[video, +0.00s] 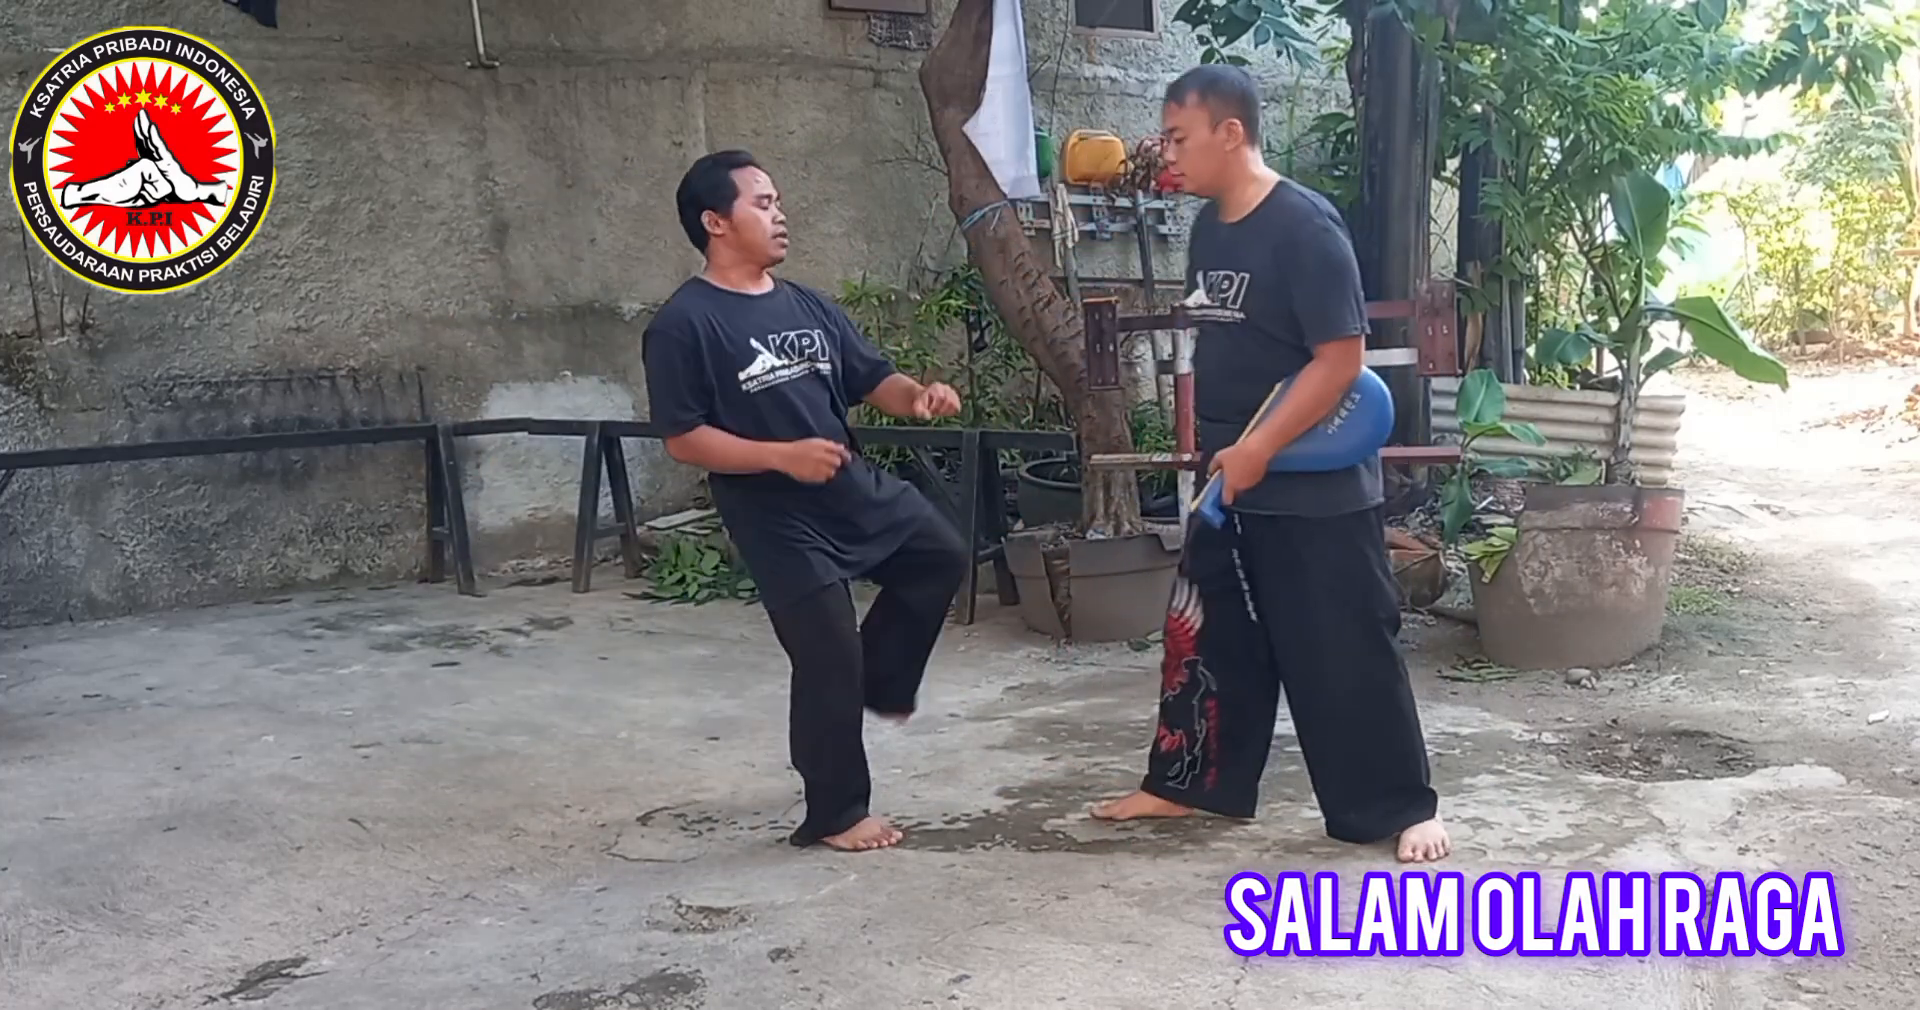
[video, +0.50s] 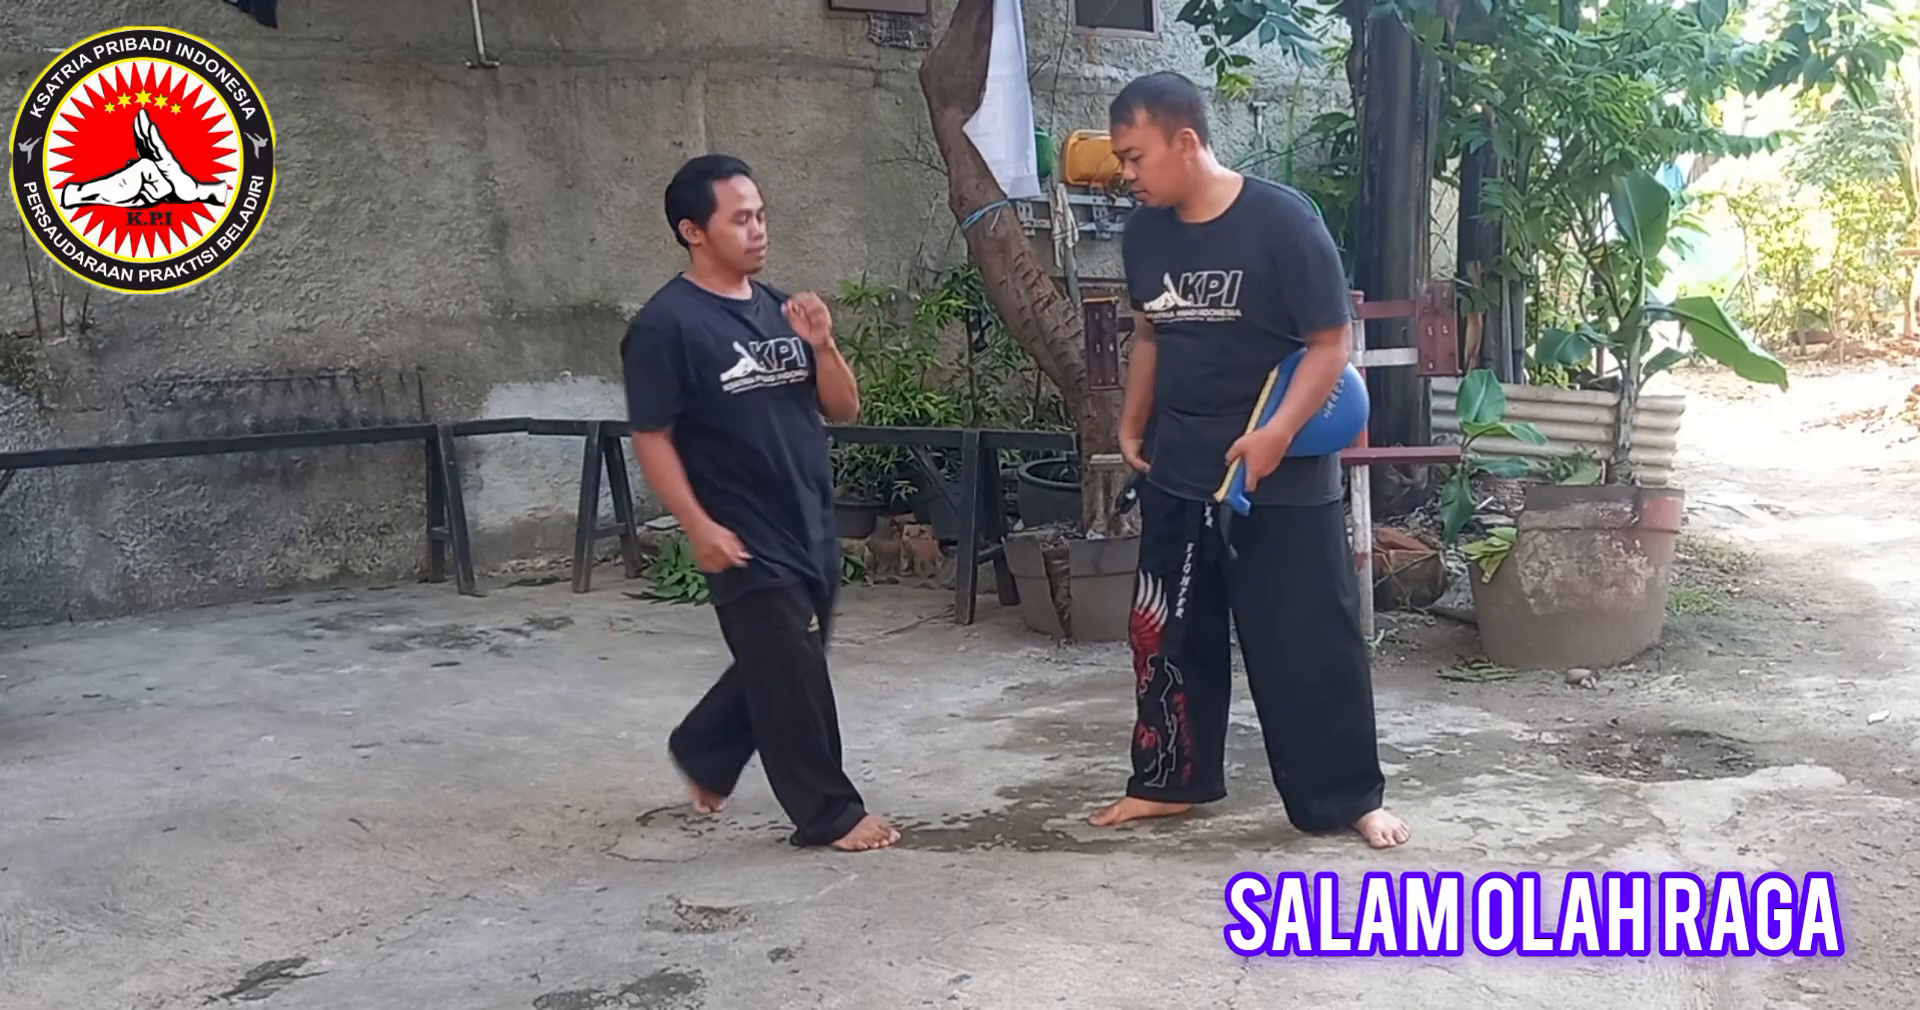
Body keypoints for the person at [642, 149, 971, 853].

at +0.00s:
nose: (780, 215)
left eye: (777, 202)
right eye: (763, 203)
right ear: (716, 223)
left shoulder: (806, 303)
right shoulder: (682, 324)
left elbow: (874, 378)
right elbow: (683, 438)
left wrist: (916, 395)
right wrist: (783, 454)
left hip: (850, 480)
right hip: (773, 508)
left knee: (940, 556)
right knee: (830, 652)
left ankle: (878, 679)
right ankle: (835, 814)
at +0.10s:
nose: (781, 215)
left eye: (779, 201)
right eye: (765, 204)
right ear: (717, 222)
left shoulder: (802, 297)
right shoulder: (681, 324)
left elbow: (869, 371)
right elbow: (688, 439)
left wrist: (913, 395)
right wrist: (783, 474)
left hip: (855, 473)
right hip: (775, 510)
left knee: (959, 524)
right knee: (824, 652)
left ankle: (884, 641)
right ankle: (833, 815)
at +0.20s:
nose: (780, 201)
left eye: (776, 189)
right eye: (762, 192)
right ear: (715, 215)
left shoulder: (807, 281)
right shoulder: (687, 316)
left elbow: (875, 310)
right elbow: (687, 430)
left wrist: (900, 343)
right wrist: (781, 490)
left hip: (850, 468)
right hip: (768, 508)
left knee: (957, 509)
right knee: (813, 653)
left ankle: (878, 623)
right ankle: (831, 815)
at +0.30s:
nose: (773, 192)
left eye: (768, 180)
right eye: (754, 183)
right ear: (710, 211)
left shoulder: (800, 278)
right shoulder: (695, 308)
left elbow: (892, 284)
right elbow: (702, 429)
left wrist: (901, 315)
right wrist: (769, 512)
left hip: (840, 471)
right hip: (766, 505)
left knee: (938, 533)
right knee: (806, 660)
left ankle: (845, 654)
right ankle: (830, 815)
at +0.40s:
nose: (765, 200)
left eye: (760, 188)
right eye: (745, 191)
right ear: (701, 217)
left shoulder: (799, 294)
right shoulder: (685, 317)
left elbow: (881, 364)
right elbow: (694, 440)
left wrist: (867, 340)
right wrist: (756, 532)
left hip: (836, 500)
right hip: (762, 523)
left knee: (884, 608)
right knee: (798, 670)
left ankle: (776, 693)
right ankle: (828, 816)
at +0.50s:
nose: (759, 228)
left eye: (761, 213)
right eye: (743, 218)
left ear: (764, 216)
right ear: (693, 232)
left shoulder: (780, 305)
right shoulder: (662, 326)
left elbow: (843, 408)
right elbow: (651, 440)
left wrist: (824, 347)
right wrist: (698, 527)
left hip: (810, 525)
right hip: (743, 537)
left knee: (791, 659)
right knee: (791, 672)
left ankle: (705, 748)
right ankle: (827, 814)